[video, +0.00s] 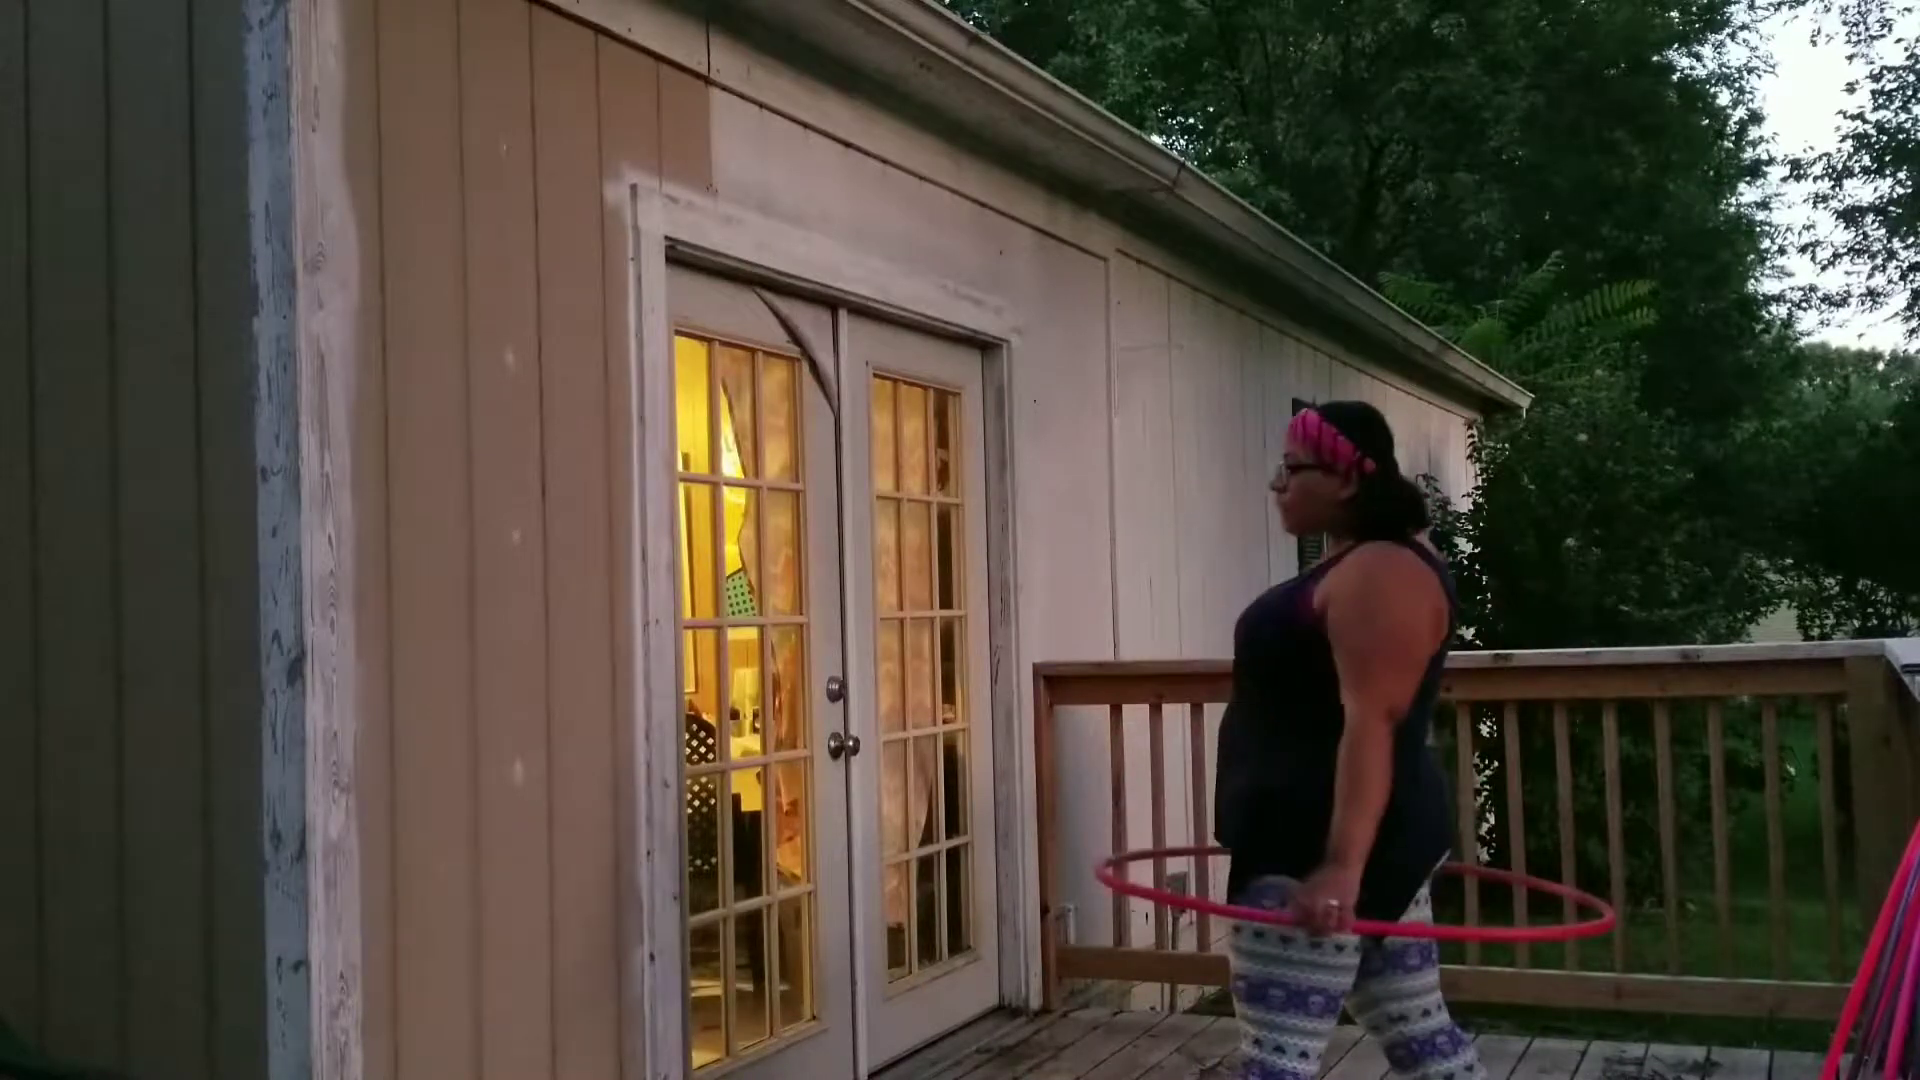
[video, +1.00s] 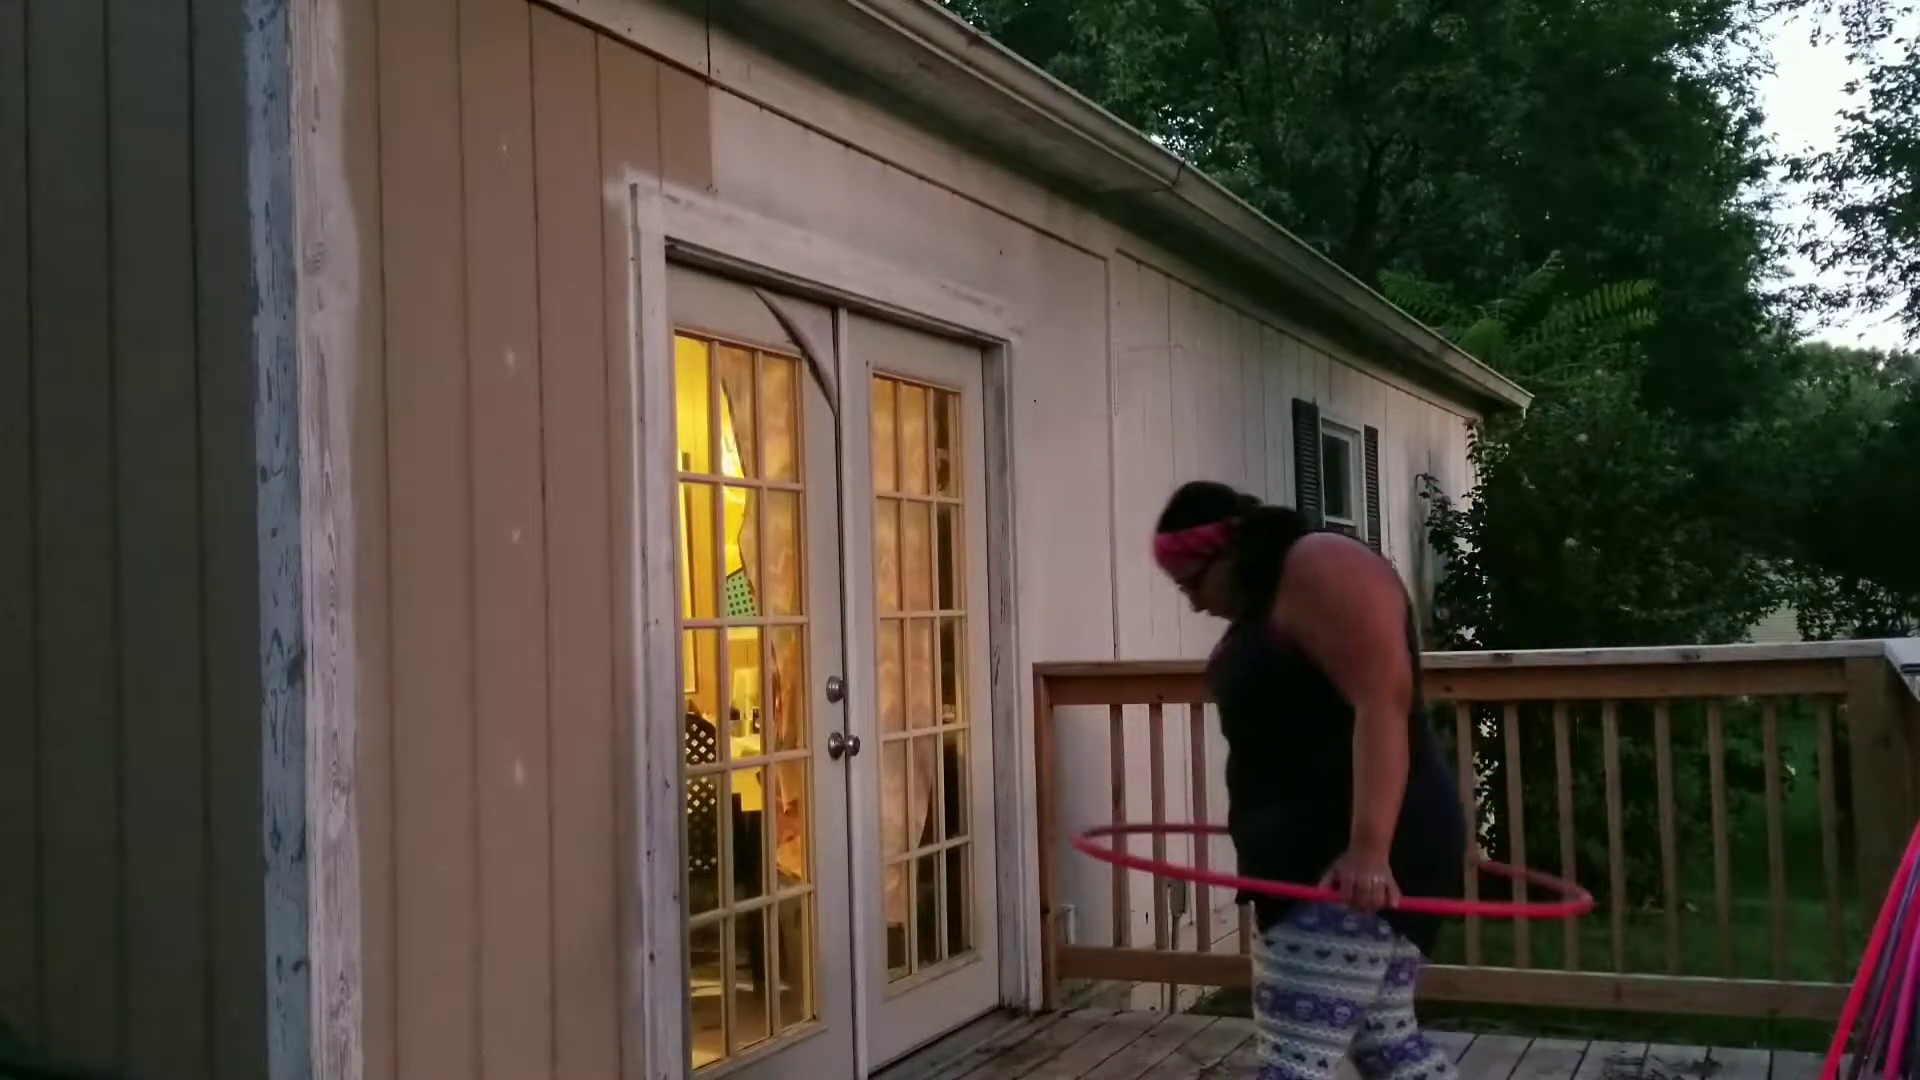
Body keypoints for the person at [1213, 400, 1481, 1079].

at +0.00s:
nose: (1277, 482)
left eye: (1293, 468)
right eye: (1281, 466)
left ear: (1346, 481)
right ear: (1350, 481)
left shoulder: (1379, 572)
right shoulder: (1378, 562)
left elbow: (1373, 722)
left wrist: (1342, 864)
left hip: (1305, 859)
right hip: (1372, 855)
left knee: (1274, 1063)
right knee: (1425, 1043)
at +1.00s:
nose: (1195, 602)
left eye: (1193, 582)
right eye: (1184, 588)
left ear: (1225, 547)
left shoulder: (1323, 564)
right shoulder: (1270, 606)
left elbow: (1385, 701)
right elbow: (1300, 745)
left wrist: (1369, 846)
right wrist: (1266, 872)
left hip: (1337, 876)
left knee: (1294, 1062)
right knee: (1391, 1049)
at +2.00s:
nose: (1164, 501)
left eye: (1181, 484)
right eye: (1166, 485)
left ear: (1237, 489)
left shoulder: (1289, 555)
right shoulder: (1238, 581)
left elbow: (1426, 598)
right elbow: (1261, 730)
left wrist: (1393, 743)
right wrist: (1219, 853)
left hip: (1314, 863)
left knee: (1275, 1064)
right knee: (1397, 1049)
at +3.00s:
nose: (1369, 459)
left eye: (1395, 454)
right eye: (1376, 448)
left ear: (1435, 491)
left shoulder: (1440, 589)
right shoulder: (1367, 581)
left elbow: (1425, 739)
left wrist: (1416, 883)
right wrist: (1269, 860)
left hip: (1338, 877)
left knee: (1285, 1062)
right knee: (1383, 1053)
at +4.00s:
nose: (1346, 448)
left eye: (1370, 442)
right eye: (1354, 437)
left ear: (1411, 480)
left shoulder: (1423, 557)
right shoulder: (1327, 572)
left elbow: (1470, 696)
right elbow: (1267, 708)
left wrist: (1399, 619)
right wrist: (1229, 811)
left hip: (1335, 851)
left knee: (1278, 1058)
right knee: (1388, 1045)